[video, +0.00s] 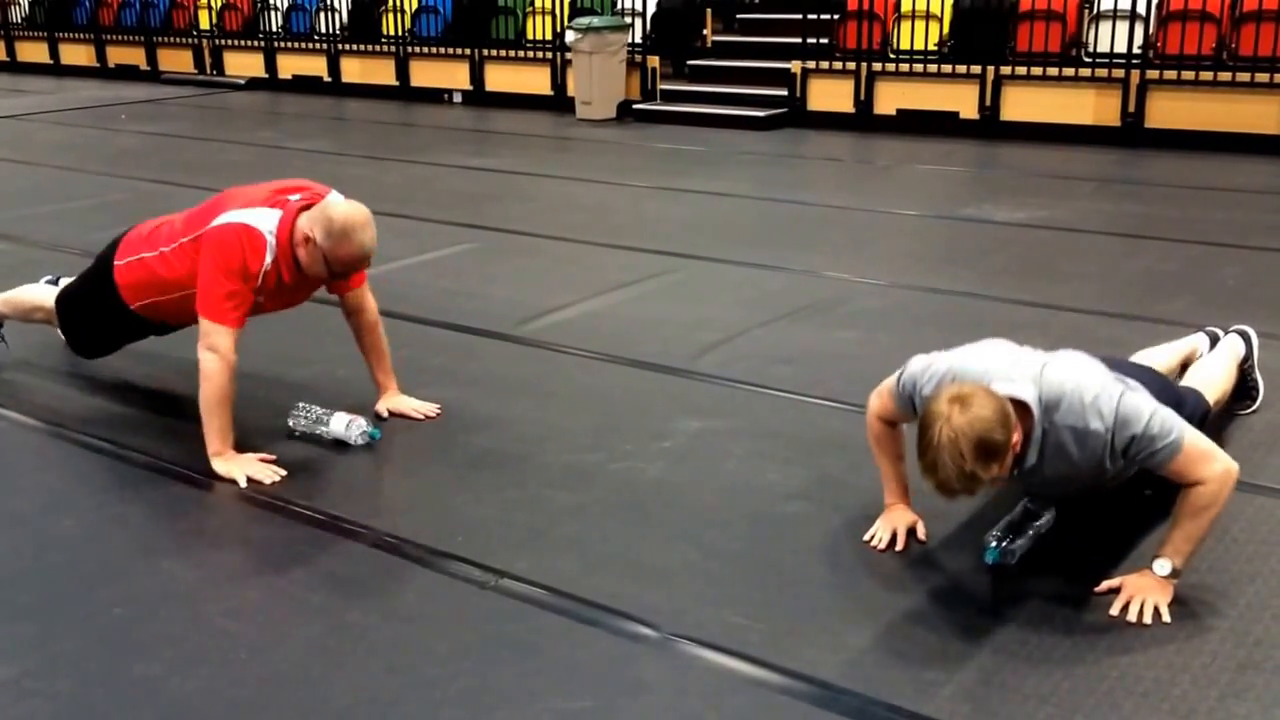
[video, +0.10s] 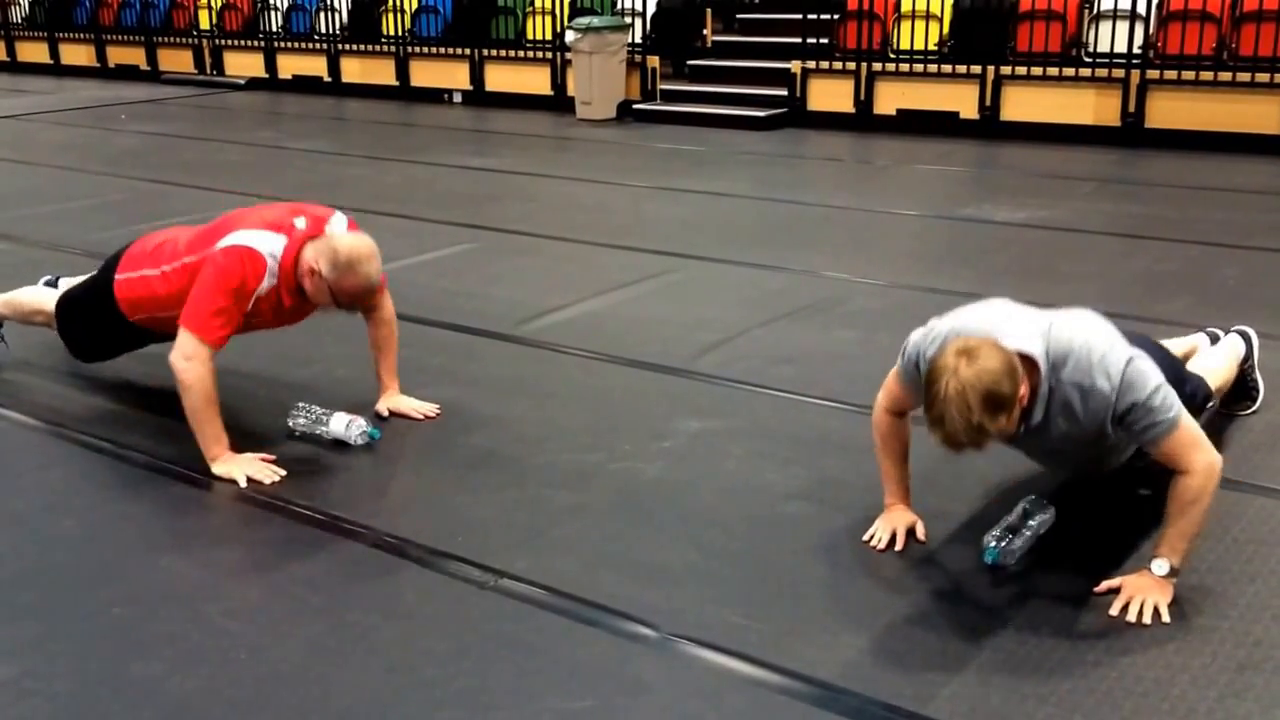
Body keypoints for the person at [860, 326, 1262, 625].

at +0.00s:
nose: (988, 488)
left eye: (991, 478)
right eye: (969, 485)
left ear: (1013, 438)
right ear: (935, 431)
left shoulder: (1105, 413)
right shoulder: (939, 376)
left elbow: (1217, 473)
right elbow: (880, 409)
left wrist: (1162, 572)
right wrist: (896, 502)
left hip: (1142, 405)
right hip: (1088, 379)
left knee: (1194, 398)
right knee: (1135, 373)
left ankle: (1235, 346)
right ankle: (1199, 340)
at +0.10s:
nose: (990, 441)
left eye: (995, 431)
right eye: (975, 435)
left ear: (1023, 391)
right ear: (946, 388)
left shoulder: (1110, 374)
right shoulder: (933, 348)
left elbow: (1202, 466)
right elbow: (889, 408)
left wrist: (1161, 571)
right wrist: (896, 504)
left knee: (1196, 389)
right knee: (1151, 363)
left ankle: (1238, 346)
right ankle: (1201, 340)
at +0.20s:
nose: (991, 407)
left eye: (998, 394)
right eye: (977, 401)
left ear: (1027, 345)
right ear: (948, 351)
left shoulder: (1115, 340)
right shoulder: (938, 315)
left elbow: (1173, 457)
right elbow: (905, 407)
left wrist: (1158, 570)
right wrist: (896, 503)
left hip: (1145, 375)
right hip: (1057, 400)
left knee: (1197, 381)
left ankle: (1237, 350)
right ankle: (1206, 347)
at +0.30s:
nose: (982, 400)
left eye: (993, 388)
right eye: (968, 391)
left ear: (1026, 343)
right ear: (947, 351)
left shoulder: (1115, 340)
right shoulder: (937, 318)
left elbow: (1171, 456)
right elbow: (904, 407)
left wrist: (1157, 570)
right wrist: (896, 503)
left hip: (1147, 373)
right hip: (1060, 397)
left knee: (1198, 375)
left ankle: (1237, 349)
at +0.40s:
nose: (971, 435)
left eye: (982, 424)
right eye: (958, 428)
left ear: (1017, 382)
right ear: (937, 377)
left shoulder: (1111, 369)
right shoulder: (928, 344)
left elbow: (1196, 462)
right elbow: (892, 410)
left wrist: (1159, 571)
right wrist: (895, 503)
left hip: (1146, 367)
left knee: (1200, 382)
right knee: (1166, 359)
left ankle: (1240, 345)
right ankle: (1199, 343)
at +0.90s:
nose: (982, 423)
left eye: (989, 412)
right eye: (967, 417)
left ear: (1020, 366)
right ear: (944, 367)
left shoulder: (1112, 355)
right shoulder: (934, 331)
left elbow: (1185, 459)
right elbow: (896, 409)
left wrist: (1158, 571)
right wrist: (894, 503)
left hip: (1144, 372)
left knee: (1197, 378)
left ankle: (1237, 347)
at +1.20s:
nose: (979, 445)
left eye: (986, 434)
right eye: (965, 438)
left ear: (1019, 397)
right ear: (942, 399)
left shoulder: (1106, 382)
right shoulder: (931, 356)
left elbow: (1204, 466)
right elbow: (886, 408)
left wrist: (1158, 571)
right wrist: (894, 505)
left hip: (1135, 404)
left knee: (1194, 392)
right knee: (1138, 364)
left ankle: (1233, 346)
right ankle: (1197, 341)